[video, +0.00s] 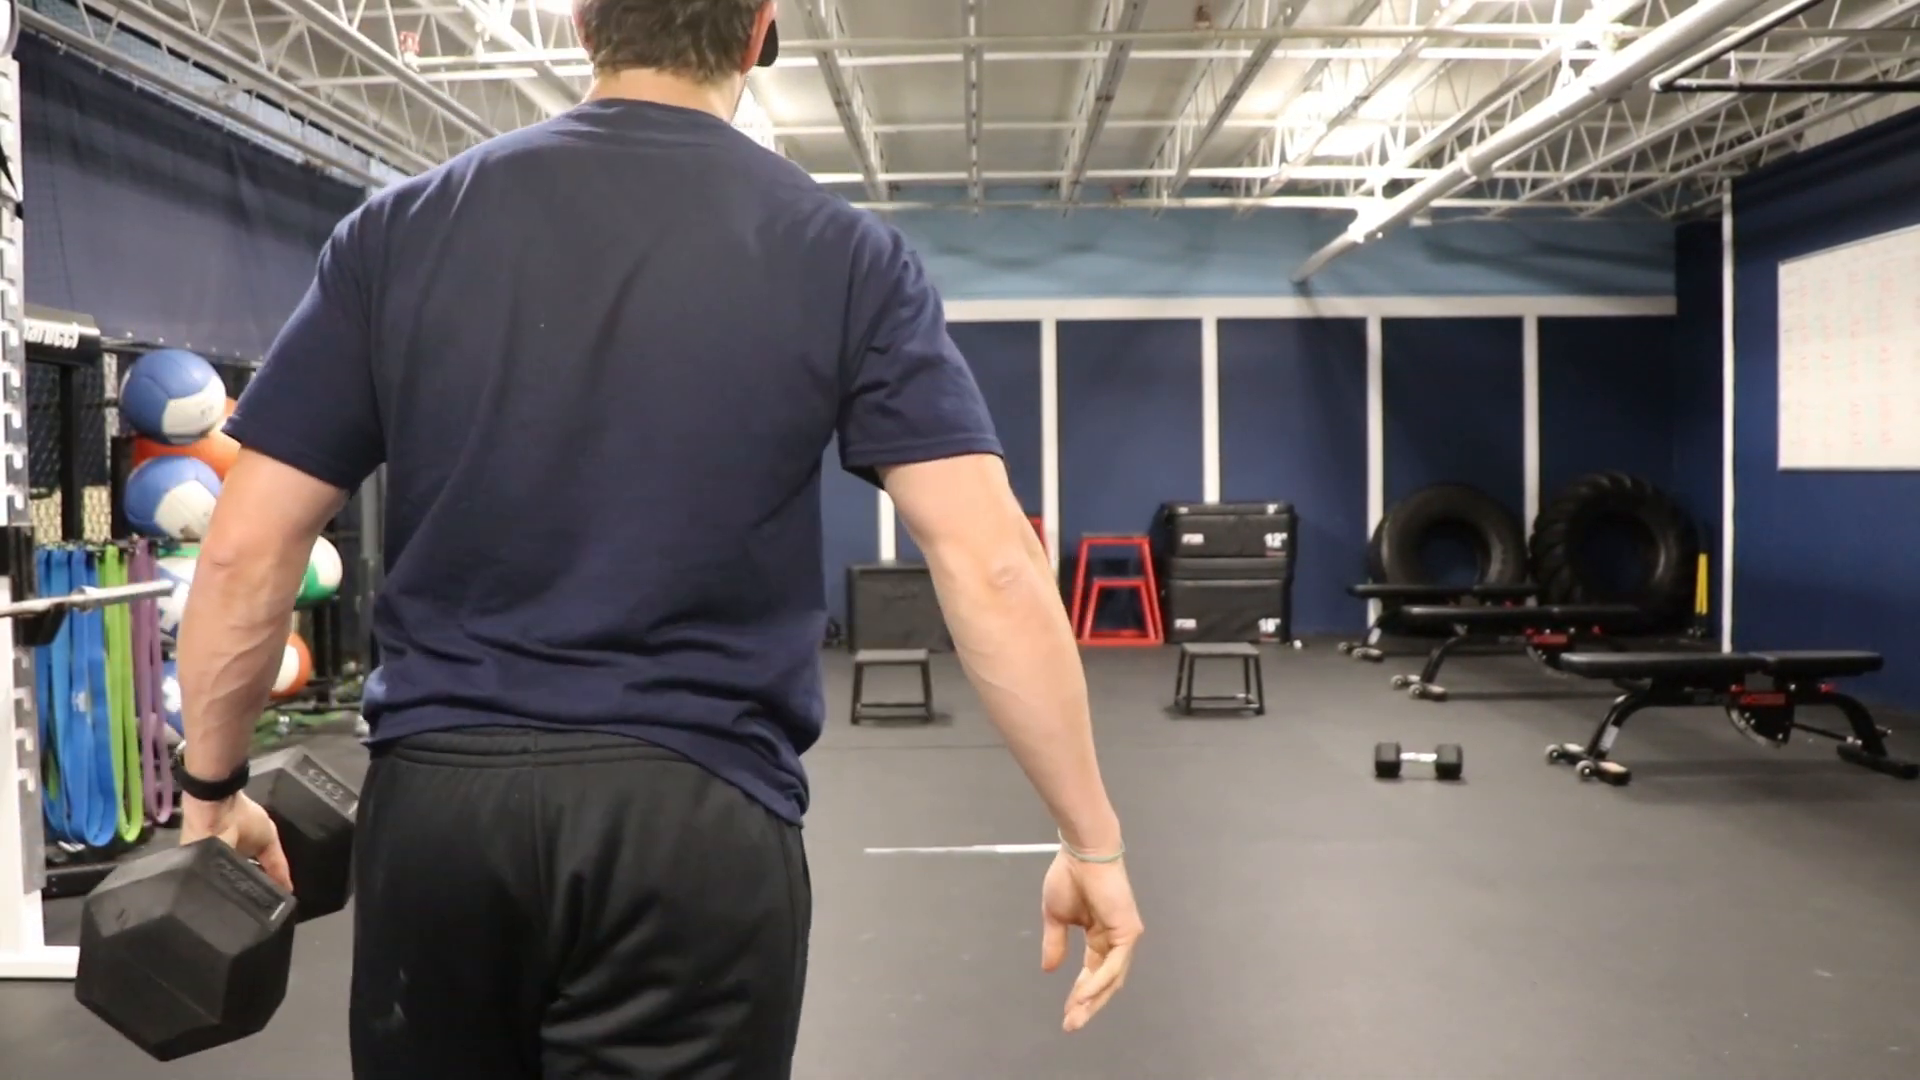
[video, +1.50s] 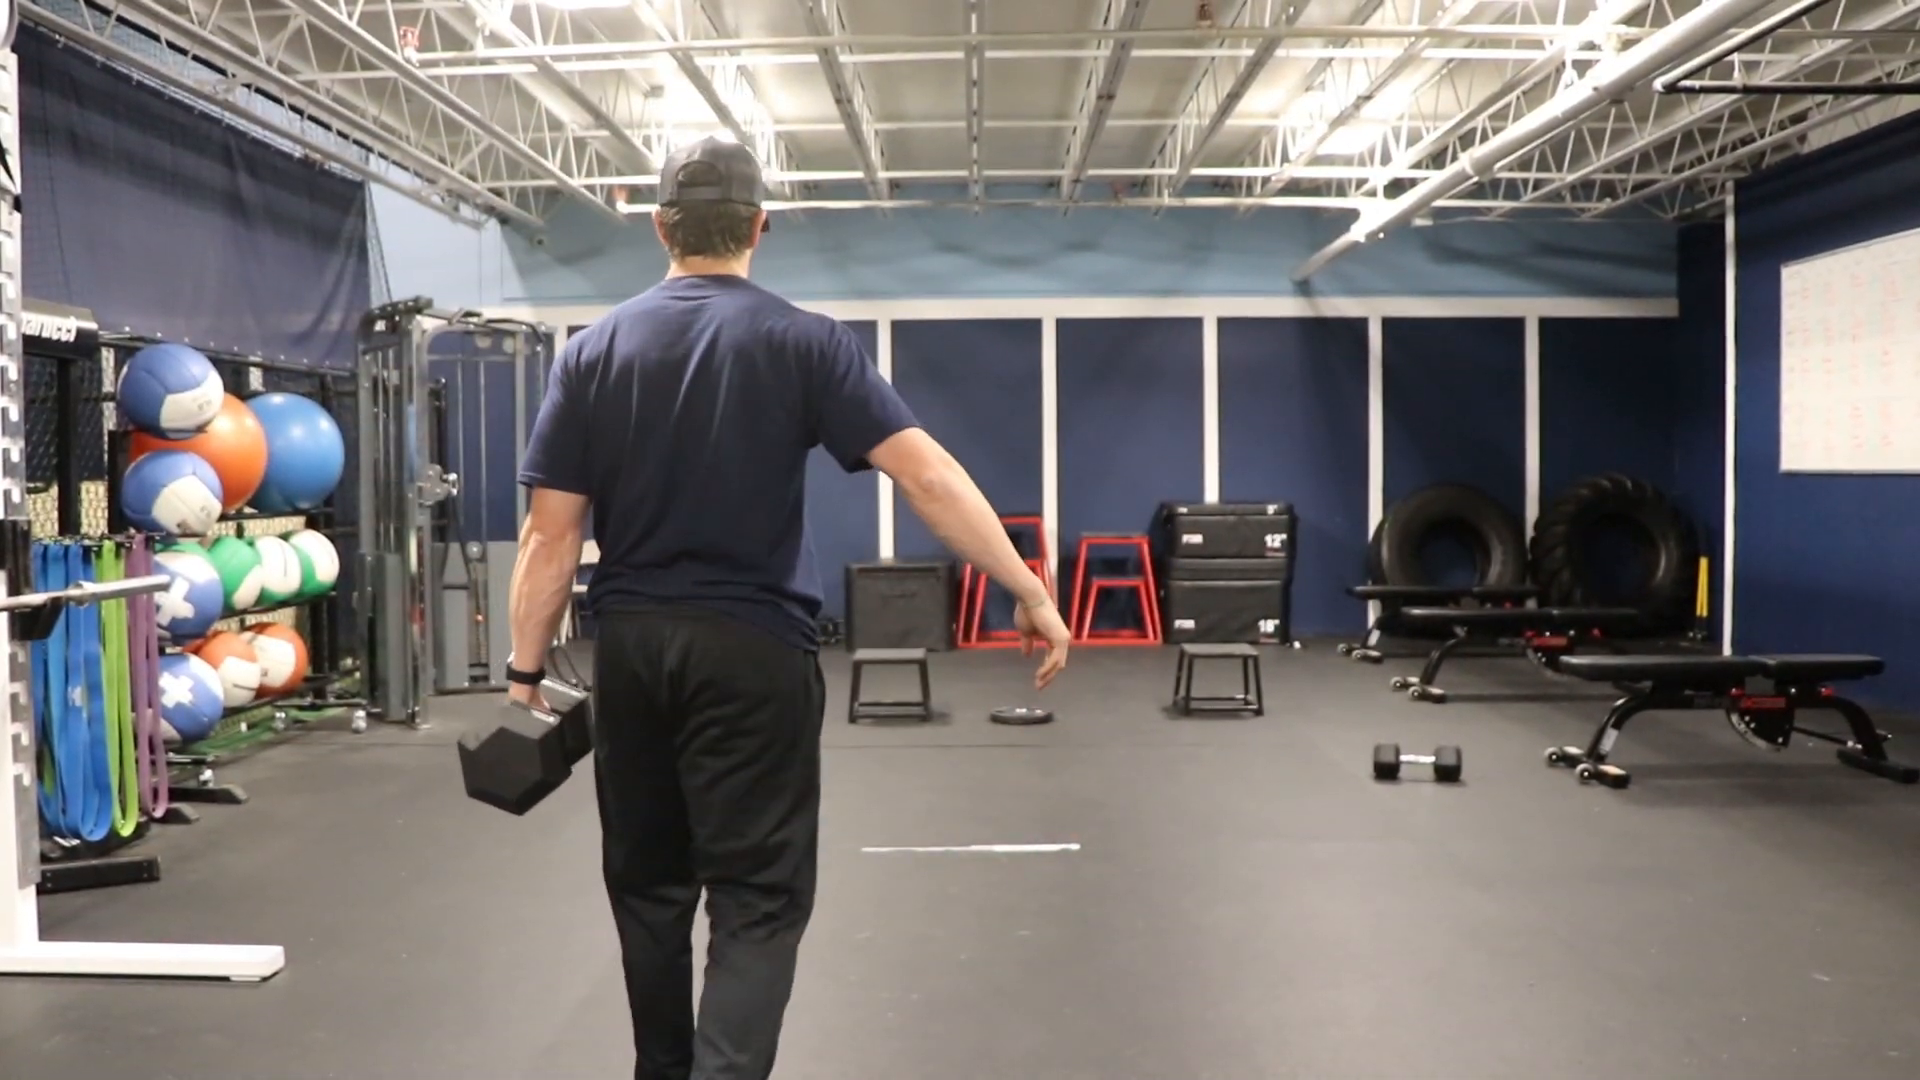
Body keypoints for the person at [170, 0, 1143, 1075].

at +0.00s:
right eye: (768, 22)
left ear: (584, 31)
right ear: (760, 33)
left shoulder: (402, 227)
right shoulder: (842, 252)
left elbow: (248, 545)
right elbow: (989, 558)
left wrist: (211, 783)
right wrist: (1092, 837)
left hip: (438, 813)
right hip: (700, 821)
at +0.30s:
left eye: (519, 65)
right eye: (681, 87)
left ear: (523, 83)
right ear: (674, 94)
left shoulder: (380, 273)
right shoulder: (745, 262)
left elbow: (294, 562)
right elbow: (900, 504)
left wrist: (269, 795)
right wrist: (1040, 734)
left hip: (429, 771)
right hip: (654, 776)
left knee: (437, 1059)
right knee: (673, 1057)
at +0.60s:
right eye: (674, 113)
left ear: (541, 119)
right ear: (677, 129)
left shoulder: (423, 299)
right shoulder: (738, 285)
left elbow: (359, 557)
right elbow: (875, 487)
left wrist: (331, 762)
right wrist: (1035, 689)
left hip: (473, 735)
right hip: (674, 740)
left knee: (470, 1061)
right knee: (693, 1061)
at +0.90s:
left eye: (636, 154)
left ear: (634, 170)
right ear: (762, 179)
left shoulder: (530, 317)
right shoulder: (802, 324)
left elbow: (464, 538)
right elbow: (926, 505)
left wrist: (419, 719)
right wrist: (1057, 684)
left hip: (556, 702)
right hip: (727, 709)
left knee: (526, 1027)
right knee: (712, 1024)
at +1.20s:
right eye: (785, 190)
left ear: (676, 198)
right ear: (787, 204)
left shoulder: (585, 325)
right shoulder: (831, 339)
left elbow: (527, 522)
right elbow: (960, 505)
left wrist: (492, 684)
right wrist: (1036, 628)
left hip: (603, 660)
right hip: (748, 665)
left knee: (612, 936)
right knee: (729, 948)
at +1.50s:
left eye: (668, 217)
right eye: (758, 217)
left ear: (661, 228)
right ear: (759, 228)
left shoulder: (596, 350)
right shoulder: (809, 343)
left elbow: (551, 534)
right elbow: (924, 472)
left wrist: (524, 680)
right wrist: (1027, 587)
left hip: (629, 646)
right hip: (753, 650)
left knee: (650, 894)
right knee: (758, 900)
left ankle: (664, 1070)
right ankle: (725, 1071)